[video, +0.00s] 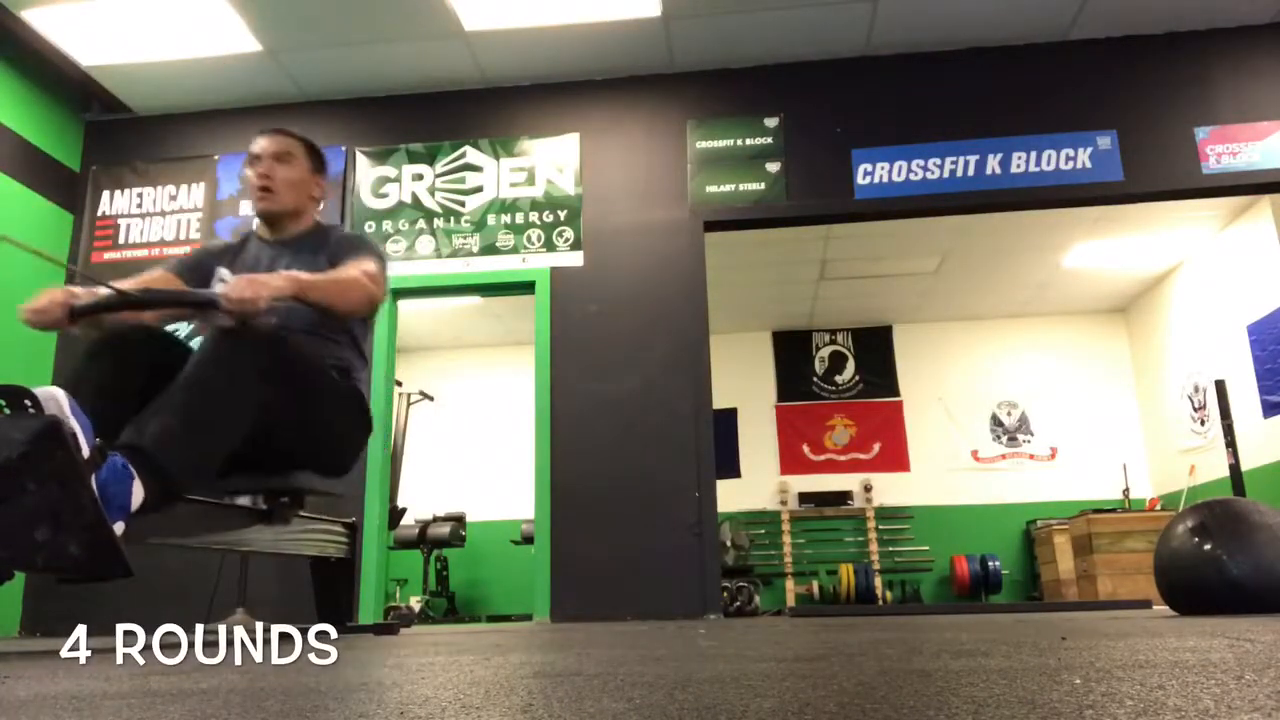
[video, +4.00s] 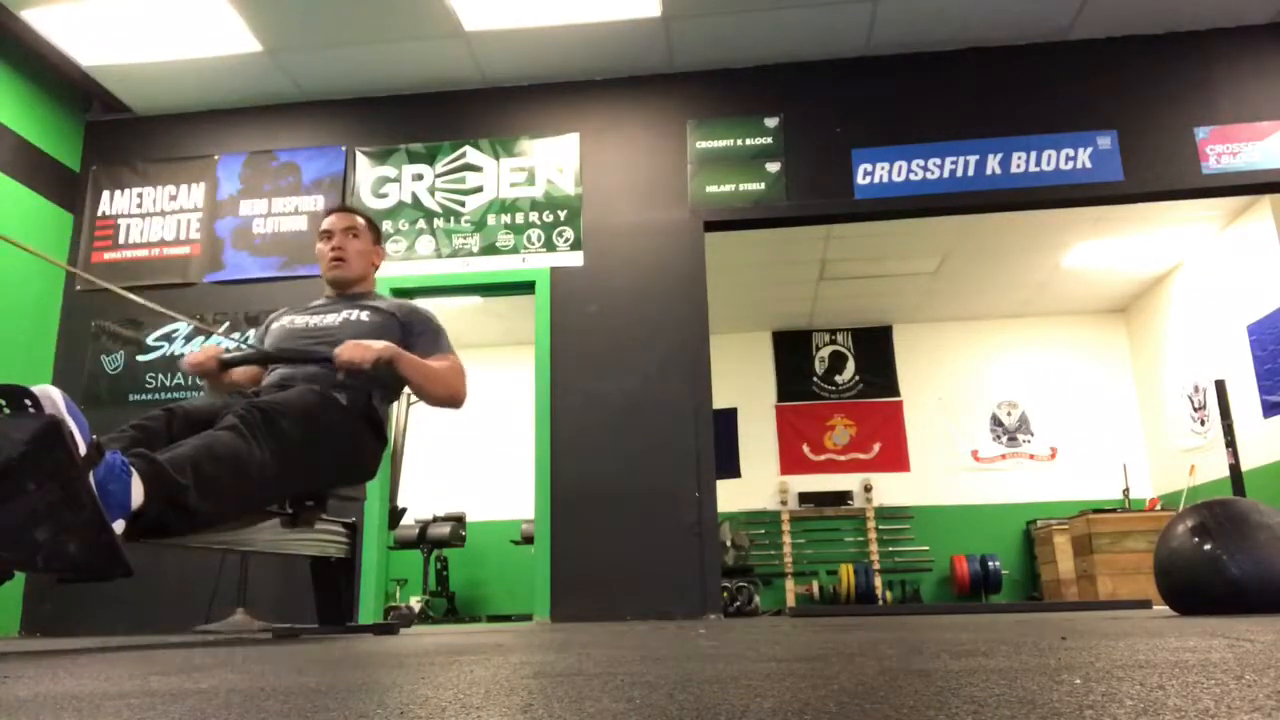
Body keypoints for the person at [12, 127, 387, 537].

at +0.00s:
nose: (261, 172)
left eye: (281, 161)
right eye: (254, 162)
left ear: (318, 188)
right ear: (244, 179)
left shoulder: (346, 246)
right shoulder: (227, 257)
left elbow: (366, 292)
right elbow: (146, 295)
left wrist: (282, 284)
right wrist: (79, 300)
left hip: (325, 420)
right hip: (229, 418)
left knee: (244, 343)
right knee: (129, 341)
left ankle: (124, 486)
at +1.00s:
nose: (250, 134)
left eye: (270, 125)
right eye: (237, 126)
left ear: (300, 154)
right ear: (223, 151)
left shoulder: (325, 213)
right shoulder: (199, 225)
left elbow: (311, 252)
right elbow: (116, 267)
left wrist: (222, 221)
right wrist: (27, 255)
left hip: (300, 410)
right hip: (206, 408)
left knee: (232, 302)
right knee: (112, 305)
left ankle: (118, 471)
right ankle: (20, 444)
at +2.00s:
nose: (314, 214)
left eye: (330, 204)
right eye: (305, 207)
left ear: (358, 222)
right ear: (298, 224)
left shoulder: (386, 281)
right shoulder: (270, 291)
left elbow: (412, 337)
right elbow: (206, 340)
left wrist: (343, 325)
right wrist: (165, 337)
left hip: (343, 410)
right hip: (266, 403)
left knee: (249, 429)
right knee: (171, 414)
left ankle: (130, 490)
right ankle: (92, 454)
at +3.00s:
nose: (120, 75)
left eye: (146, 60)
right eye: (111, 66)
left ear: (196, 90)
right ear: (99, 92)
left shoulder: (240, 151)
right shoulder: (81, 173)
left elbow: (219, 188)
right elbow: (5, 195)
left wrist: (71, 144)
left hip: (236, 388)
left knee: (173, 225)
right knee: (26, 234)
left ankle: (121, 450)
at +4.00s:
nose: (336, 244)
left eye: (350, 235)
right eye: (327, 237)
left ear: (377, 253)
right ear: (317, 254)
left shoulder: (406, 316)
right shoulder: (289, 319)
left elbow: (454, 391)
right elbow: (254, 379)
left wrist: (390, 353)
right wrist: (213, 371)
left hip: (342, 413)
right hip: (271, 408)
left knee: (250, 435)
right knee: (171, 420)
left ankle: (125, 491)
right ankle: (92, 475)